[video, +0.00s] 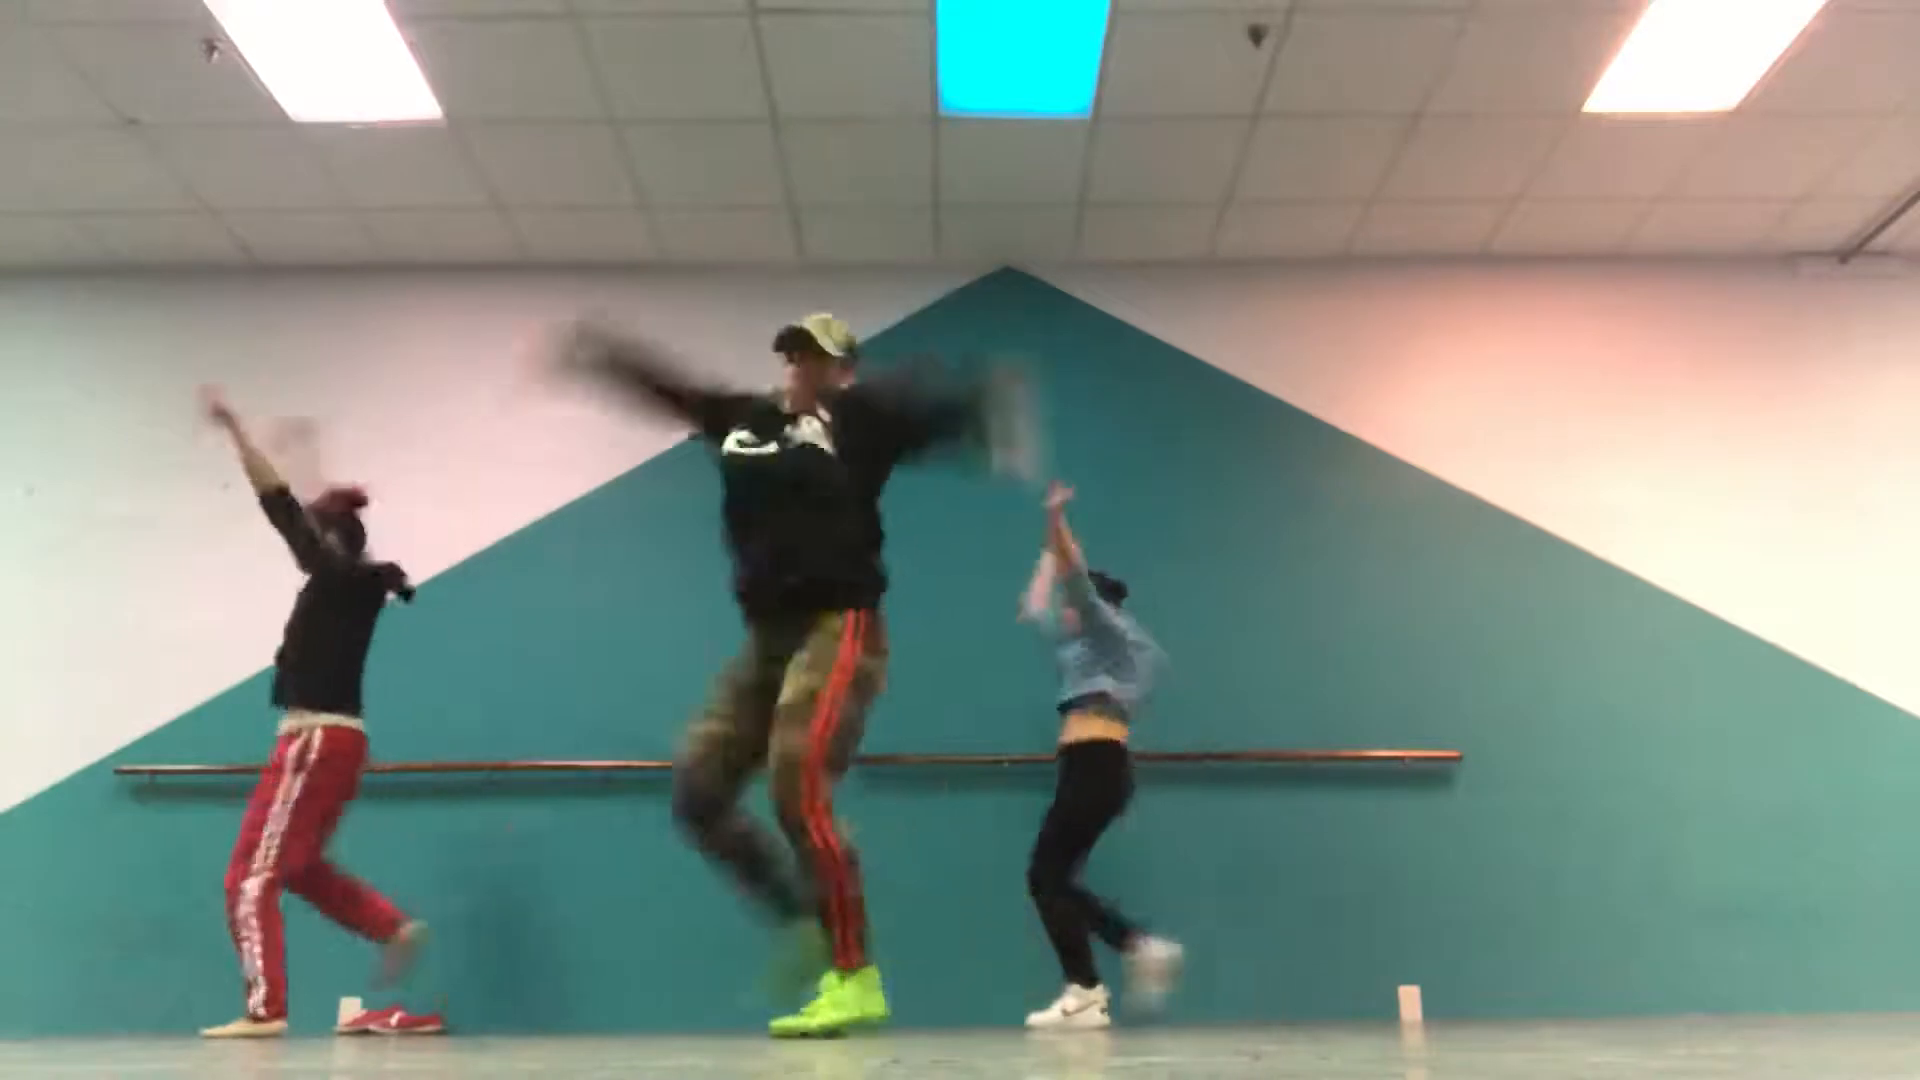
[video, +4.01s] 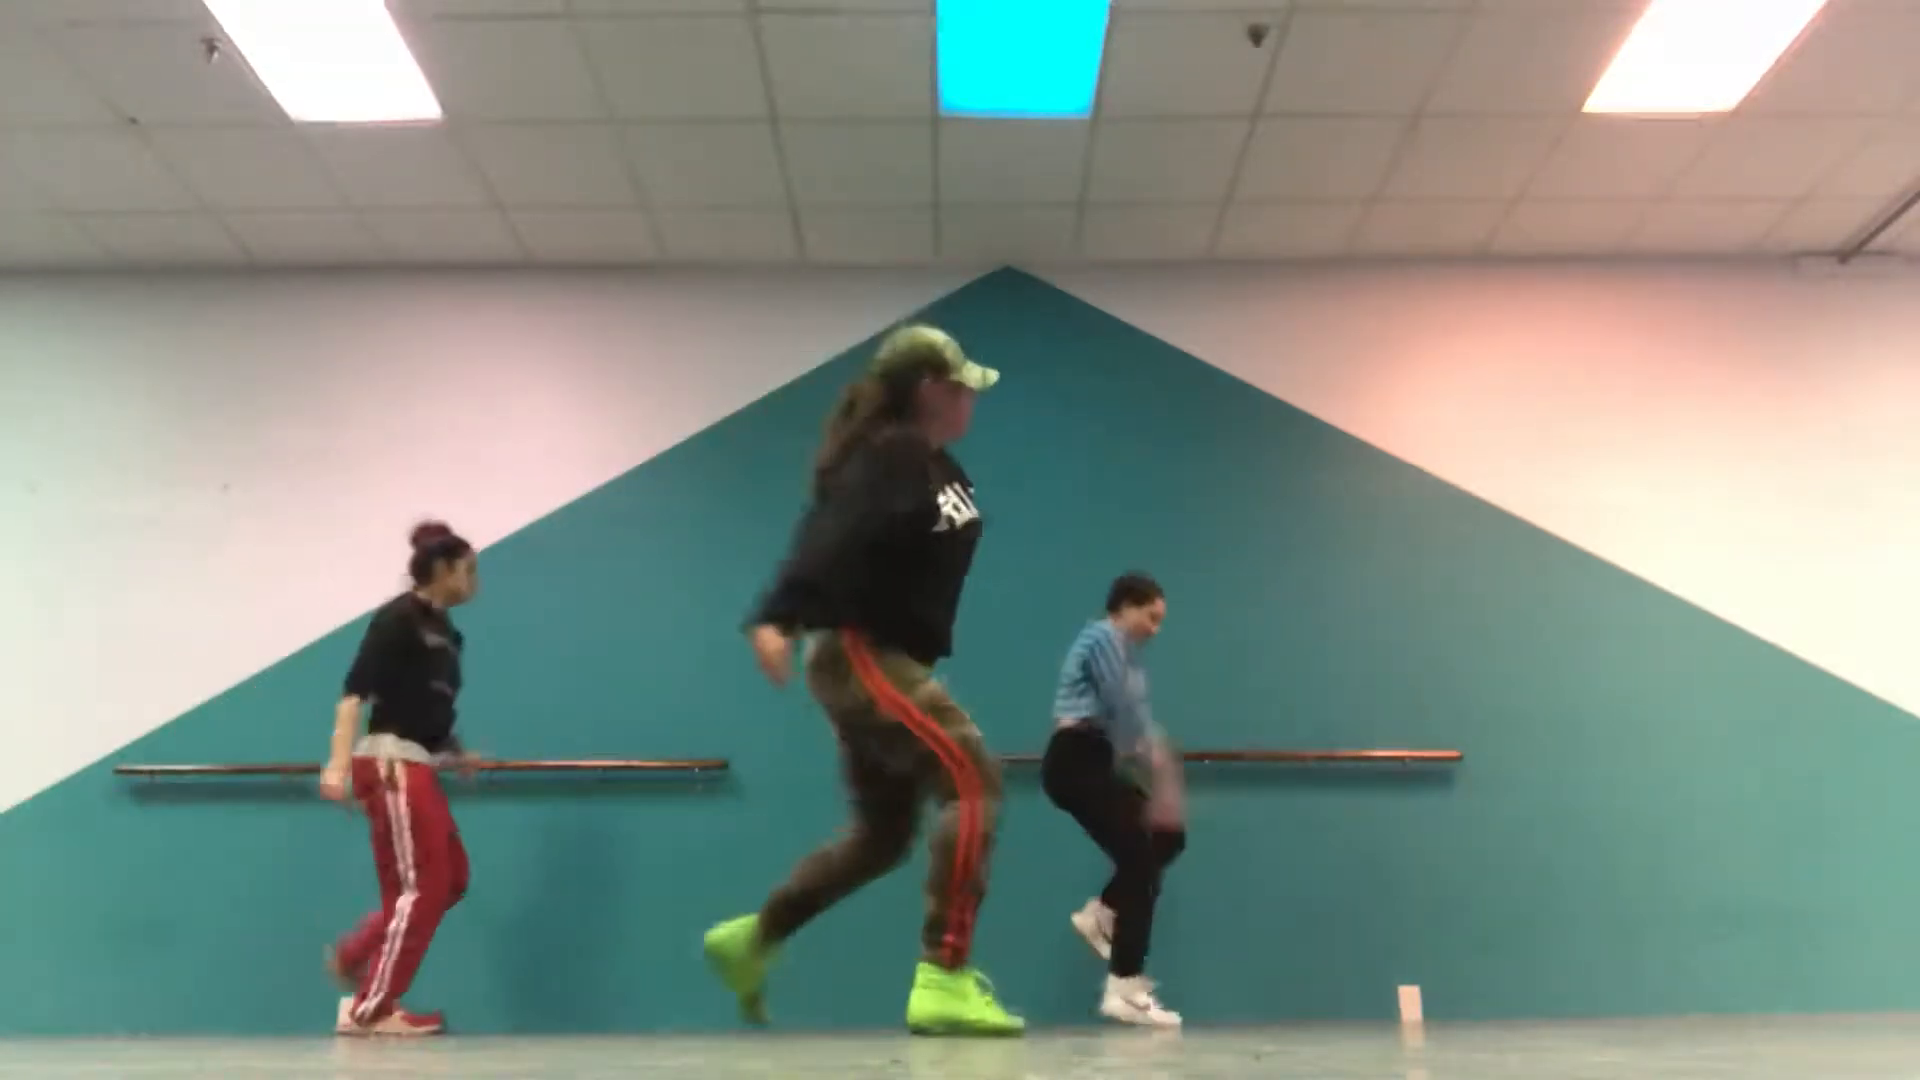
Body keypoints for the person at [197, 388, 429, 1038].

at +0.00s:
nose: (306, 537)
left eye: (315, 528)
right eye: (309, 528)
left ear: (330, 533)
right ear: (355, 533)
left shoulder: (339, 575)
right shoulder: (350, 579)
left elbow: (281, 507)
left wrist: (233, 428)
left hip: (314, 742)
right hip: (334, 742)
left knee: (251, 878)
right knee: (298, 866)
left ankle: (264, 1011)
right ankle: (394, 929)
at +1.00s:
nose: (370, 567)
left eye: (381, 560)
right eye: (373, 558)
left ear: (413, 568)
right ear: (414, 570)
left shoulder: (380, 602)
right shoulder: (431, 619)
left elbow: (318, 641)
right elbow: (413, 717)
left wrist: (283, 701)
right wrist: (346, 746)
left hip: (389, 770)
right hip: (426, 772)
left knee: (263, 839)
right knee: (373, 899)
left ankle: (283, 959)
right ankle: (420, 1009)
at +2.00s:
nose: (316, 535)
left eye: (325, 526)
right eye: (318, 525)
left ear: (357, 531)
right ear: (365, 534)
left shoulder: (336, 574)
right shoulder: (392, 584)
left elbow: (275, 615)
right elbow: (406, 664)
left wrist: (226, 669)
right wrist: (401, 733)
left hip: (337, 727)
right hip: (362, 730)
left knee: (350, 859)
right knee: (241, 829)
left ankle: (411, 997)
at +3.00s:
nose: (318, 533)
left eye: (316, 524)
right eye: (307, 522)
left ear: (280, 532)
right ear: (274, 529)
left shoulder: (283, 588)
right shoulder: (263, 581)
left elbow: (298, 675)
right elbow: (281, 676)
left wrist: (323, 713)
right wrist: (325, 719)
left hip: (259, 751)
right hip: (224, 744)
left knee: (289, 876)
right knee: (214, 873)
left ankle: (233, 1009)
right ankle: (141, 1013)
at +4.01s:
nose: (474, 579)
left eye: (473, 569)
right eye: (468, 569)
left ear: (442, 572)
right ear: (442, 570)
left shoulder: (446, 631)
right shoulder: (395, 618)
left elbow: (429, 705)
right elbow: (353, 694)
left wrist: (455, 752)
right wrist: (339, 762)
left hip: (418, 764)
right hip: (389, 760)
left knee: (452, 878)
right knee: (419, 884)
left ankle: (352, 954)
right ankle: (372, 1009)